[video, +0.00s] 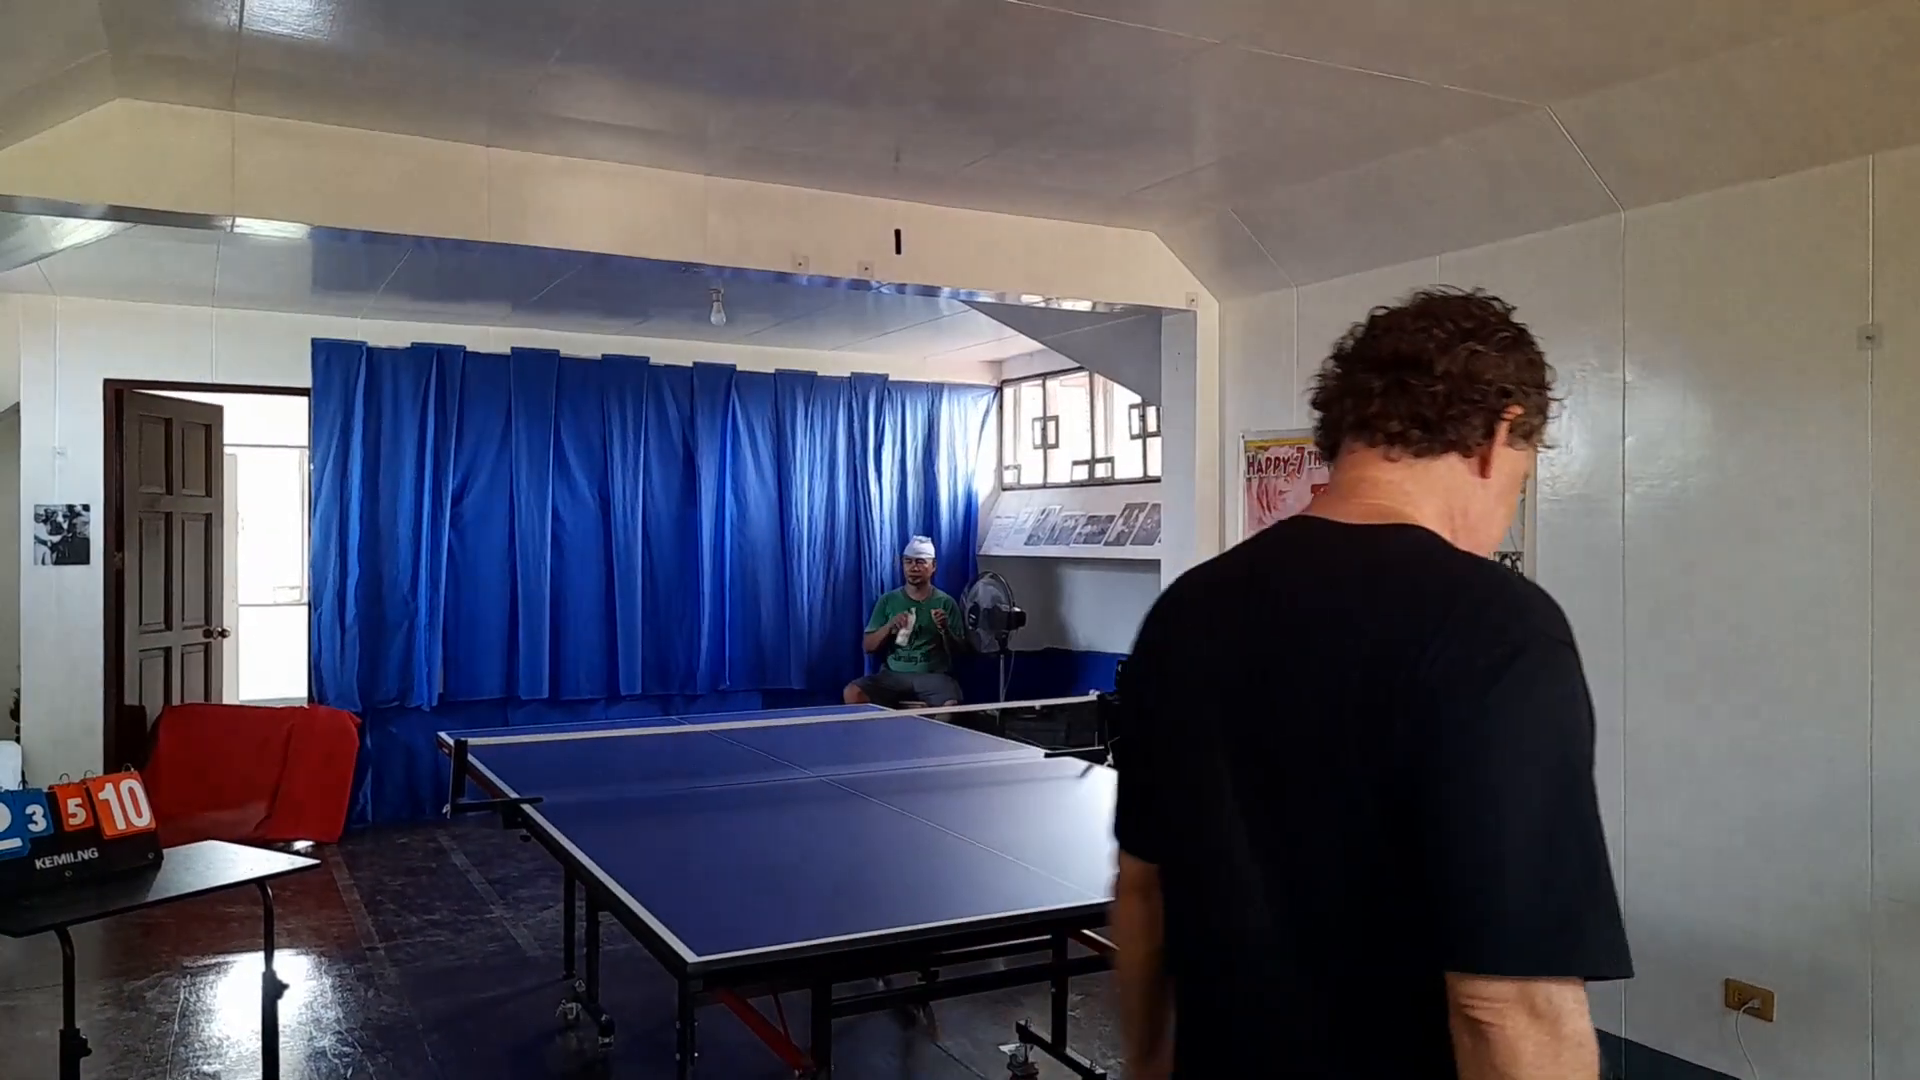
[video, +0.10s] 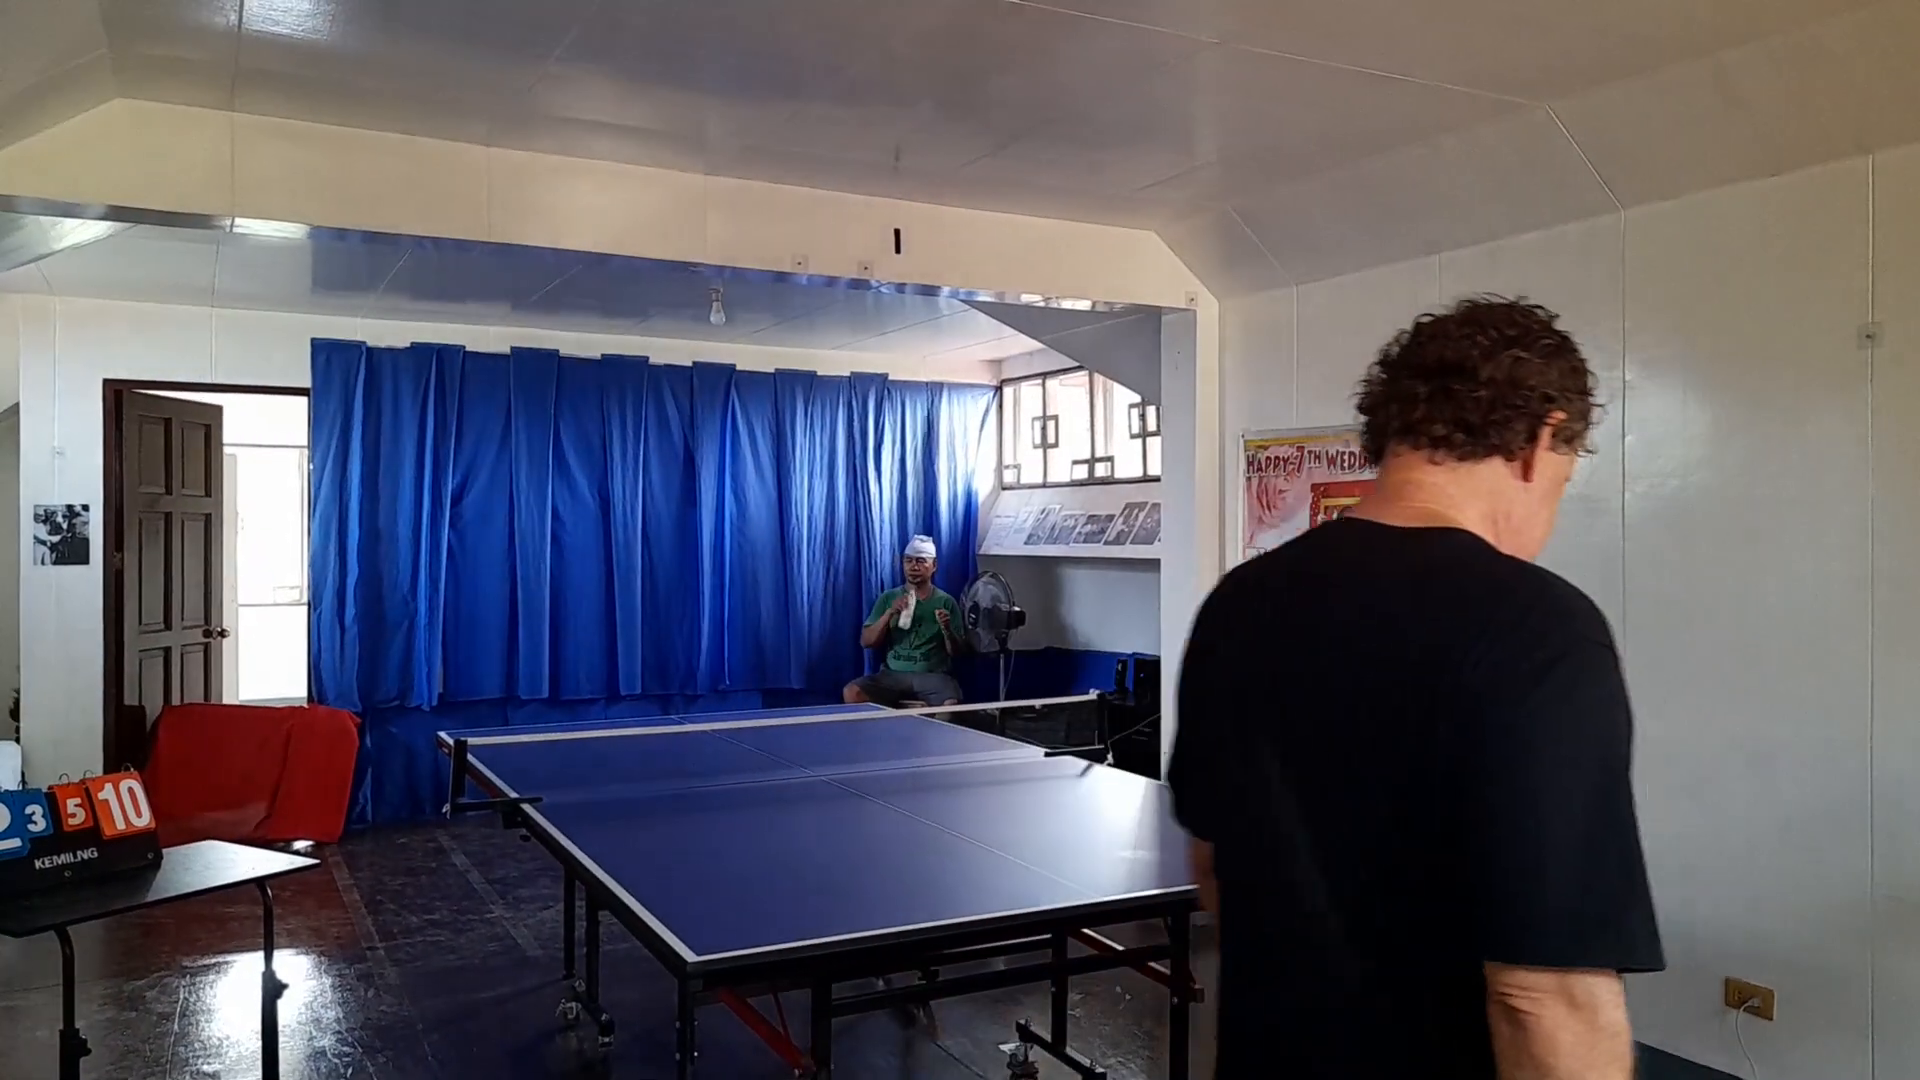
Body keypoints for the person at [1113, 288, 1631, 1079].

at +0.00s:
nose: (1506, 523)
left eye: (1523, 486)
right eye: (1521, 480)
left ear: (1345, 432)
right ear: (1498, 436)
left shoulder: (1187, 609)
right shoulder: (1492, 623)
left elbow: (1139, 885)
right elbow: (1508, 1002)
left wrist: (1146, 1055)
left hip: (1224, 1056)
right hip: (1423, 1060)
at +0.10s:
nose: (1550, 522)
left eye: (1564, 486)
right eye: (1563, 482)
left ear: (1392, 435)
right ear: (1538, 444)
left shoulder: (1241, 601)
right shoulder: (1533, 626)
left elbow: (1216, 872)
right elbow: (1545, 994)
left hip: (1266, 1052)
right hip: (1465, 1057)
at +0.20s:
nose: (1602, 529)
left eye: (1616, 495)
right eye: (1615, 490)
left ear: (1437, 449)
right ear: (1593, 452)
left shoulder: (1302, 600)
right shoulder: (1594, 636)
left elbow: (1276, 847)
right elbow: (1603, 993)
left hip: (1320, 1053)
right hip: (1520, 1059)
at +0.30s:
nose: (1670, 521)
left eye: (1682, 489)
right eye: (1682, 485)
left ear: (1505, 453)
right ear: (1657, 462)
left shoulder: (1367, 608)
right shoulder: (1670, 655)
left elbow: (1333, 847)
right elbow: (1683, 1004)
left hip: (1384, 1057)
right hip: (1585, 1062)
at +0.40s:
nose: (1743, 511)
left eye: (1754, 482)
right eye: (1755, 478)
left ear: (1580, 451)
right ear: (1733, 463)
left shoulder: (1433, 606)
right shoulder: (1749, 660)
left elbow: (1381, 848)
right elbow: (1778, 1000)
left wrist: (1483, 955)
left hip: (1459, 1062)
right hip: (1671, 1066)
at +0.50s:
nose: (1804, 502)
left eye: (1816, 478)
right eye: (1816, 474)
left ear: (1642, 446)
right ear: (1799, 461)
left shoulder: (1489, 602)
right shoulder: (1830, 652)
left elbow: (1425, 850)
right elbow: (1865, 987)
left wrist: (1461, 1001)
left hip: (1530, 1055)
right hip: (1751, 1063)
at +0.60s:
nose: (1858, 502)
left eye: (1866, 475)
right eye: (1867, 471)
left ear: (1693, 446)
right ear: (1849, 458)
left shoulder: (1541, 600)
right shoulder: (1885, 637)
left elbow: (1470, 851)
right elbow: (1909, 933)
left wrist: (1452, 1038)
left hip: (1580, 1055)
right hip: (1810, 1059)